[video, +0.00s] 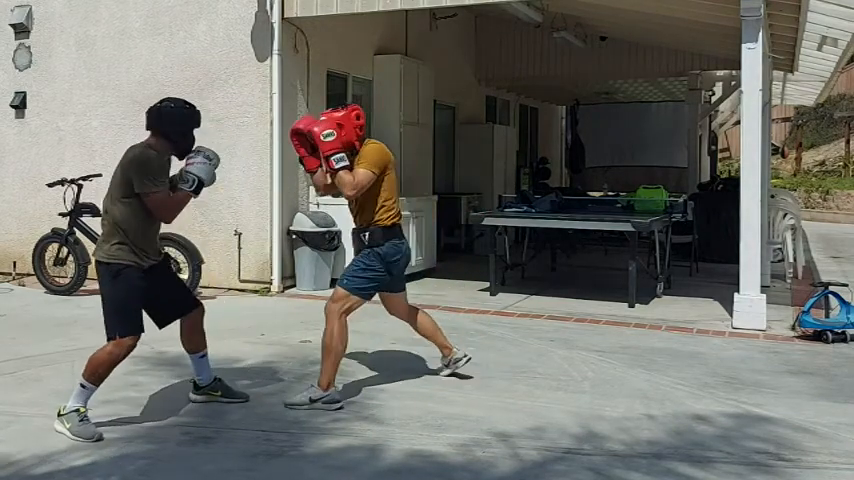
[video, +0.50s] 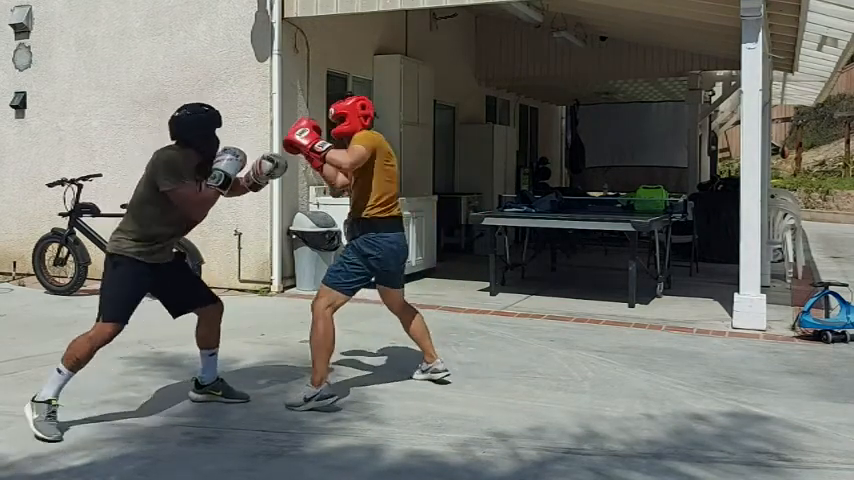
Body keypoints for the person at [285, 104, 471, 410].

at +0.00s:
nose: (333, 137)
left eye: (334, 132)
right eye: (332, 133)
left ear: (347, 131)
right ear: (353, 131)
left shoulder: (374, 150)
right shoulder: (354, 156)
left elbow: (351, 189)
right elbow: (324, 187)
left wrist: (333, 151)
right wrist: (310, 156)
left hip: (380, 249)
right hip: (387, 247)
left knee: (335, 308)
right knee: (400, 308)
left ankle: (325, 389)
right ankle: (452, 355)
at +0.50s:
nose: (337, 128)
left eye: (340, 121)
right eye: (336, 123)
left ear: (357, 118)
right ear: (364, 119)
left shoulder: (367, 138)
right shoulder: (373, 145)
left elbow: (349, 162)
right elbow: (338, 184)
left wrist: (315, 143)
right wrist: (314, 158)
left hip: (371, 240)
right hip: (392, 239)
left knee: (322, 306)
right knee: (397, 303)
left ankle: (319, 386)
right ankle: (433, 361)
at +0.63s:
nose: (329, 129)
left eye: (331, 123)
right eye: (329, 124)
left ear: (345, 121)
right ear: (362, 122)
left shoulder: (347, 141)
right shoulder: (386, 150)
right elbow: (362, 194)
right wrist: (328, 180)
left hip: (372, 246)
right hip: (399, 242)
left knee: (326, 310)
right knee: (401, 300)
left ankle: (320, 389)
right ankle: (441, 362)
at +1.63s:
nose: (325, 117)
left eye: (328, 112)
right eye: (327, 112)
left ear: (336, 111)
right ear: (363, 116)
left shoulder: (322, 133)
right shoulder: (380, 151)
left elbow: (267, 130)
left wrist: (218, 123)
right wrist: (312, 147)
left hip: (346, 253)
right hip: (380, 247)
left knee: (296, 317)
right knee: (386, 298)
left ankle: (296, 403)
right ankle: (431, 350)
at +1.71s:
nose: (338, 115)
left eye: (343, 111)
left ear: (350, 111)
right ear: (375, 115)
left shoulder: (331, 131)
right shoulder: (388, 151)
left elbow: (277, 140)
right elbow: (346, 171)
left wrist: (238, 140)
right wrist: (310, 145)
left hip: (340, 249)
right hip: (375, 246)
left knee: (294, 316)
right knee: (387, 304)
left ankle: (296, 401)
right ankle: (434, 351)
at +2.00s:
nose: (358, 115)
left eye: (360, 108)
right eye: (358, 107)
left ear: (373, 105)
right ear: (396, 107)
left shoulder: (366, 139)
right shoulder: (423, 145)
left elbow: (349, 189)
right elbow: (396, 176)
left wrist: (315, 206)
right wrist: (358, 148)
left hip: (381, 250)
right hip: (421, 248)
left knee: (339, 325)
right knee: (430, 331)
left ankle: (309, 399)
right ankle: (457, 410)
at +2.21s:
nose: (361, 105)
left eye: (361, 99)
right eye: (360, 98)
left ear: (374, 97)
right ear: (397, 94)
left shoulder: (376, 126)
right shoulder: (434, 122)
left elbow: (375, 178)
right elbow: (408, 142)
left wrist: (347, 204)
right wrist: (366, 135)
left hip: (406, 235)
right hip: (446, 230)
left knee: (382, 317)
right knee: (450, 321)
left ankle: (402, 406)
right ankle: (472, 412)